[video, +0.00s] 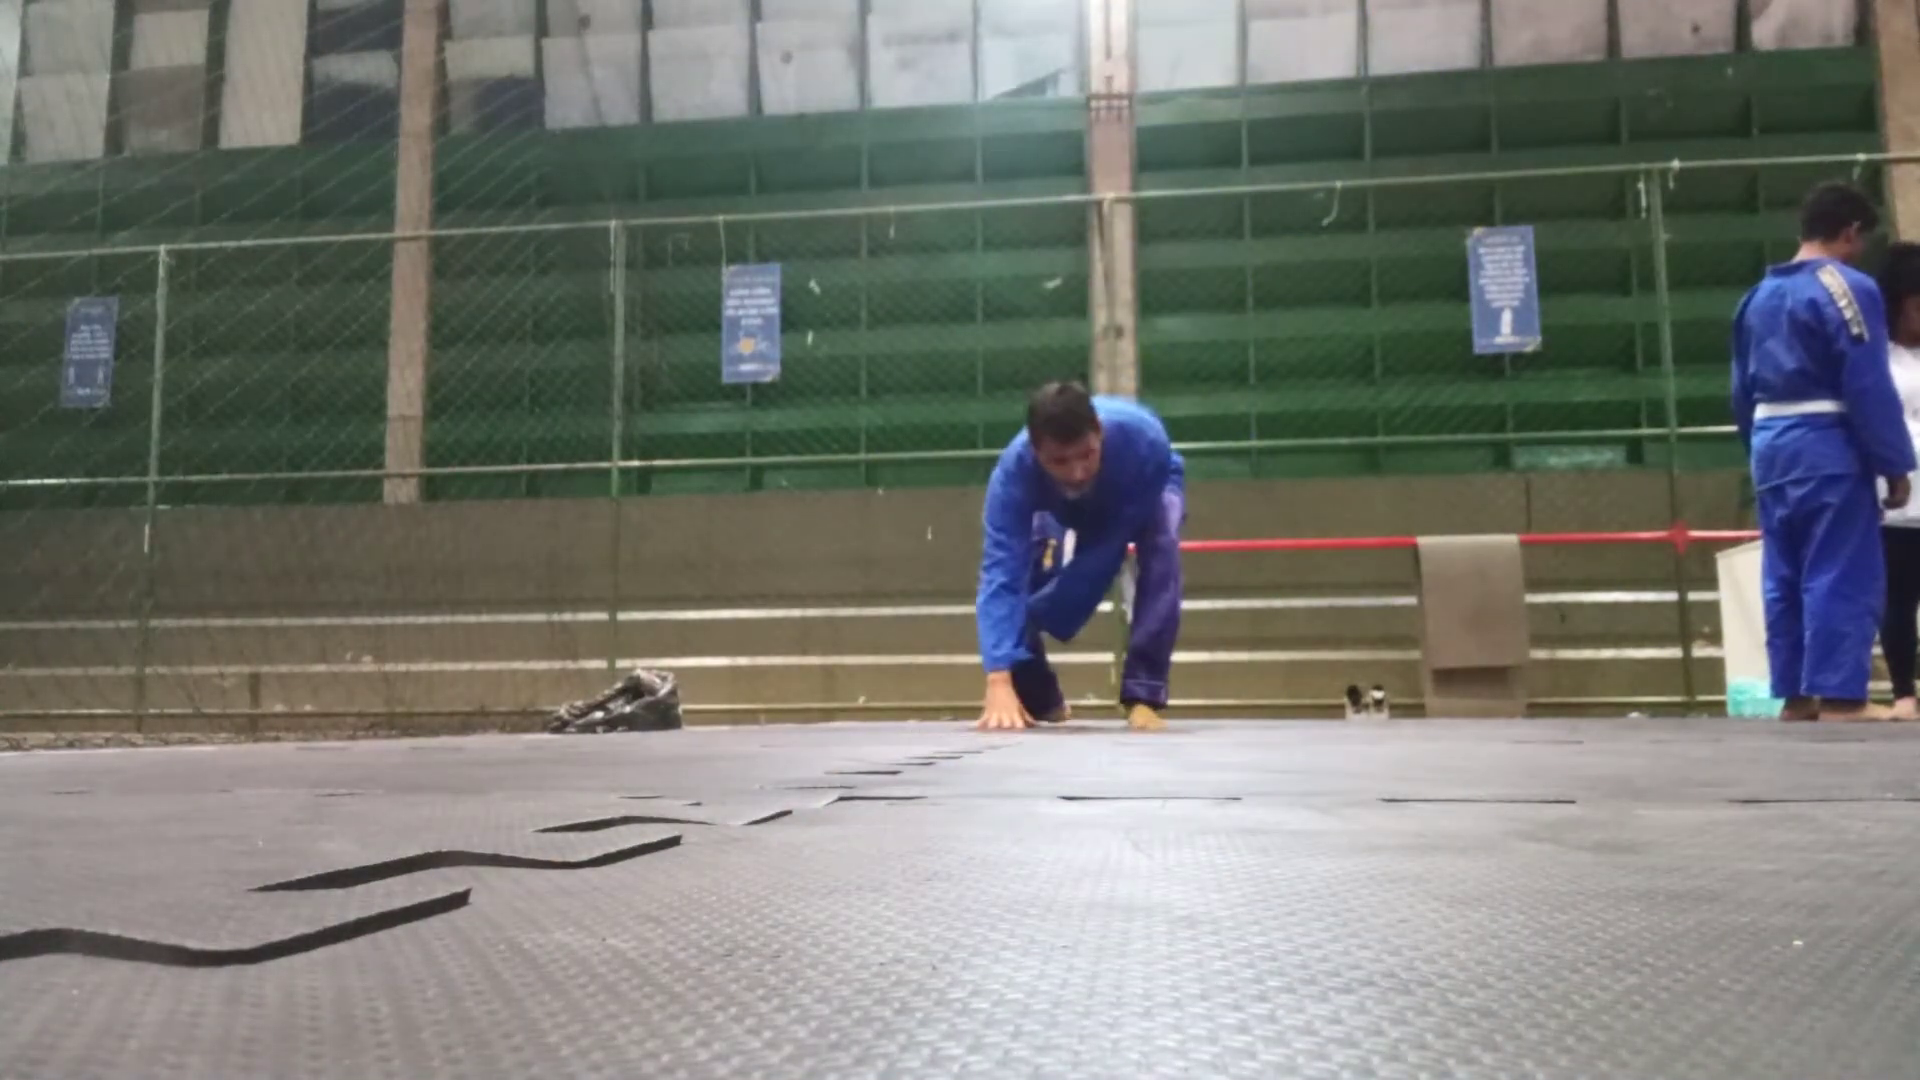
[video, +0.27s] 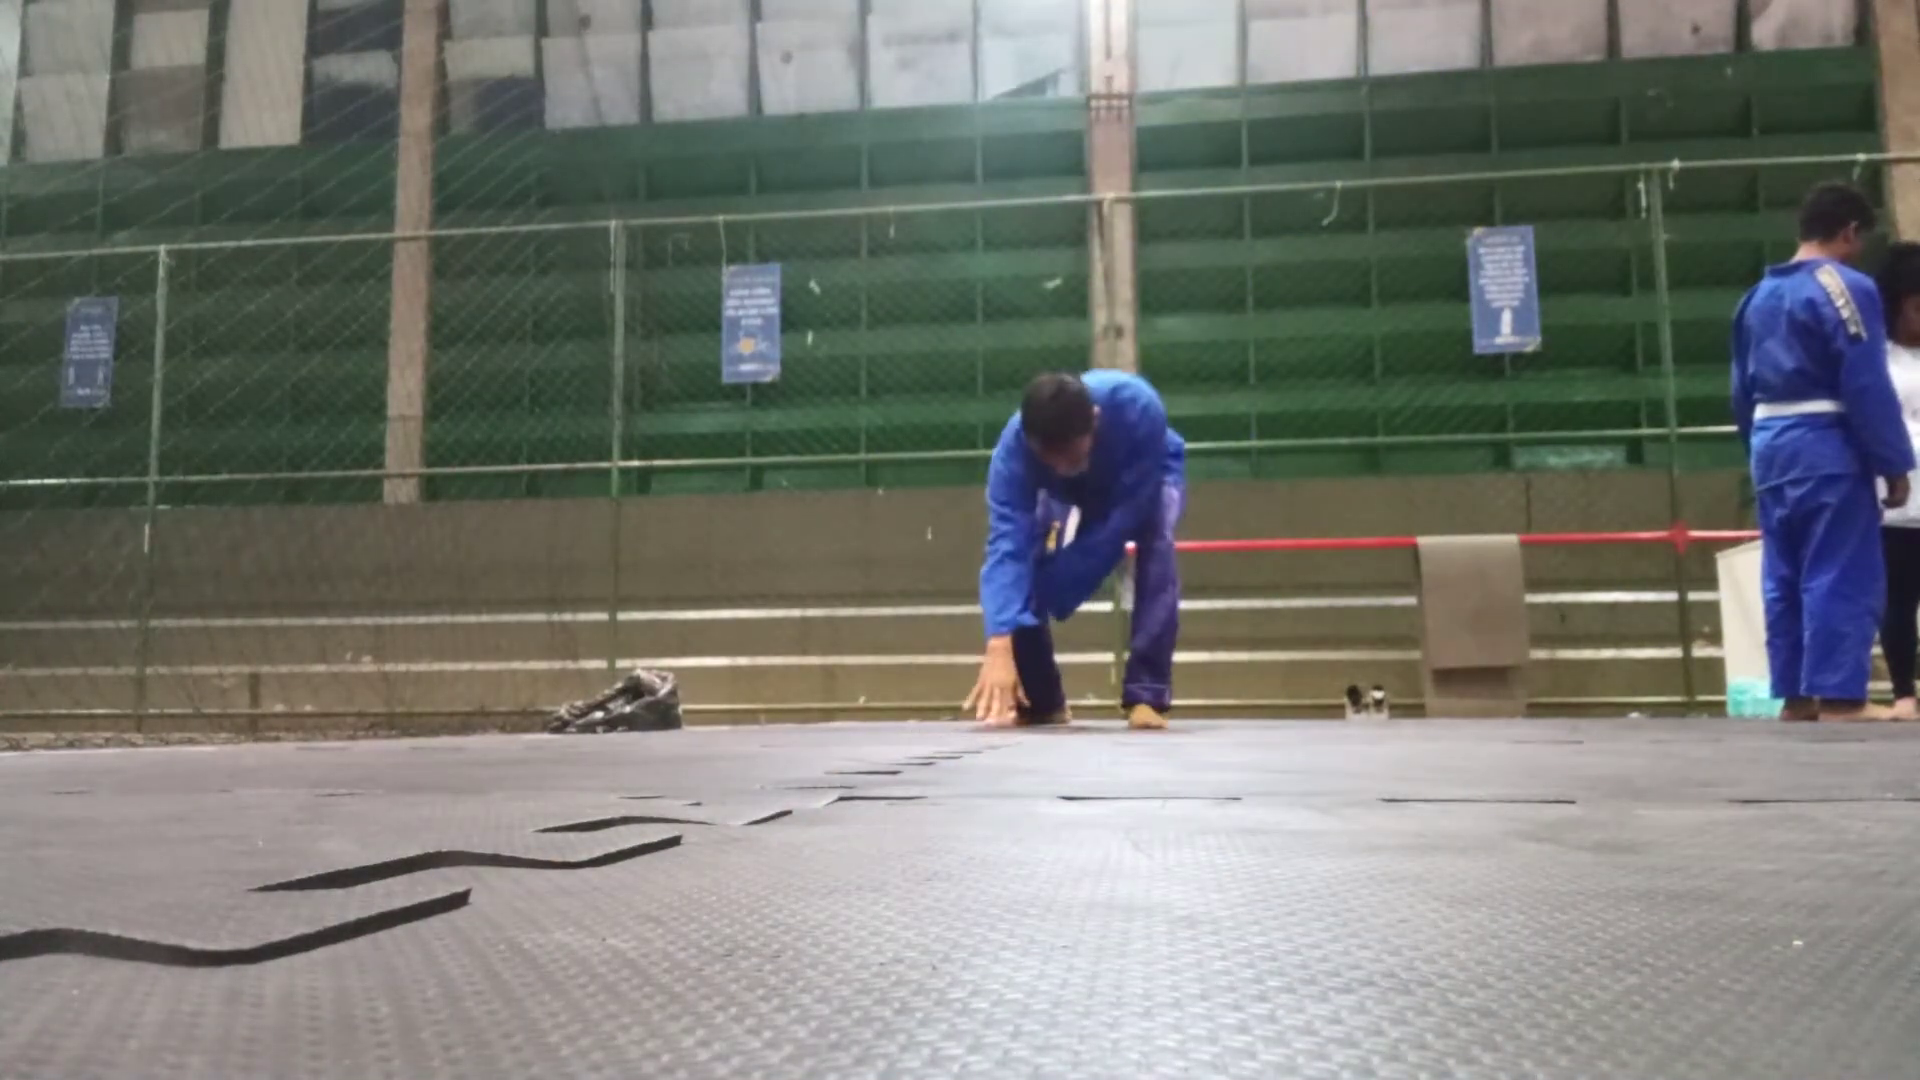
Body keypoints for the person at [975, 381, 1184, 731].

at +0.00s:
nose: (1076, 471)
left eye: (1085, 456)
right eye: (1060, 462)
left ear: (1099, 435)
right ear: (1036, 452)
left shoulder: (1142, 444)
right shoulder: (1014, 470)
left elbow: (1105, 553)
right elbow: (1000, 571)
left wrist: (1033, 615)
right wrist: (998, 682)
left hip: (1144, 487)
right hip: (1058, 500)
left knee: (1161, 547)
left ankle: (1143, 700)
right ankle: (1042, 703)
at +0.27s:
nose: (1064, 466)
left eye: (1074, 454)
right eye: (1052, 458)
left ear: (1094, 420)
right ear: (1032, 441)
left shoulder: (1137, 410)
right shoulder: (1013, 452)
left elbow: (1125, 516)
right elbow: (1006, 543)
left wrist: (1047, 592)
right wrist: (999, 648)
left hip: (1140, 478)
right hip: (1063, 486)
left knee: (1156, 547)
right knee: (1017, 564)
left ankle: (1145, 697)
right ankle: (1040, 700)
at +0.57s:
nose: (1066, 473)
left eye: (1077, 462)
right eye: (1055, 466)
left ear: (1100, 424)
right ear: (1035, 445)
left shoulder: (1142, 388)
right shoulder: (1022, 445)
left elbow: (1172, 494)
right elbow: (1015, 544)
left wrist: (1084, 549)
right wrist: (1007, 659)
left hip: (1141, 477)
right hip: (1071, 487)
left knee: (1162, 561)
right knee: (1043, 568)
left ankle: (1148, 702)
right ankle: (1046, 699)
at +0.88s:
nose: (1081, 483)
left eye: (1092, 474)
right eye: (1070, 476)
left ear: (1116, 431)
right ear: (1047, 450)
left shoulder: (1156, 399)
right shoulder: (1029, 442)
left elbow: (1179, 498)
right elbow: (1017, 554)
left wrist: (1093, 553)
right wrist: (1008, 682)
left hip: (1148, 490)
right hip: (1083, 498)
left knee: (1167, 570)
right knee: (1060, 572)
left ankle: (1149, 704)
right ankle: (1060, 701)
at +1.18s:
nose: (1075, 455)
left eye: (1082, 438)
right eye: (1059, 447)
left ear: (1097, 410)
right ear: (1036, 439)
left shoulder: (1140, 399)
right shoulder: (1020, 455)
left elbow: (1178, 505)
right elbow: (1012, 559)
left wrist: (1109, 592)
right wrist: (1006, 683)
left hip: (1141, 494)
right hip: (1077, 500)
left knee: (1163, 571)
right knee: (1036, 581)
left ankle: (1149, 703)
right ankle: (1052, 702)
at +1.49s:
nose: (1063, 434)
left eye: (1069, 415)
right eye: (1046, 426)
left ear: (1082, 393)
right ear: (1023, 422)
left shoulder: (1124, 381)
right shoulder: (1017, 450)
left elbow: (1217, 435)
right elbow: (1010, 552)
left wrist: (1198, 524)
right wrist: (1004, 667)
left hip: (1143, 480)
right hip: (1075, 495)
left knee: (1164, 555)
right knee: (1030, 584)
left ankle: (1149, 702)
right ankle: (1049, 705)